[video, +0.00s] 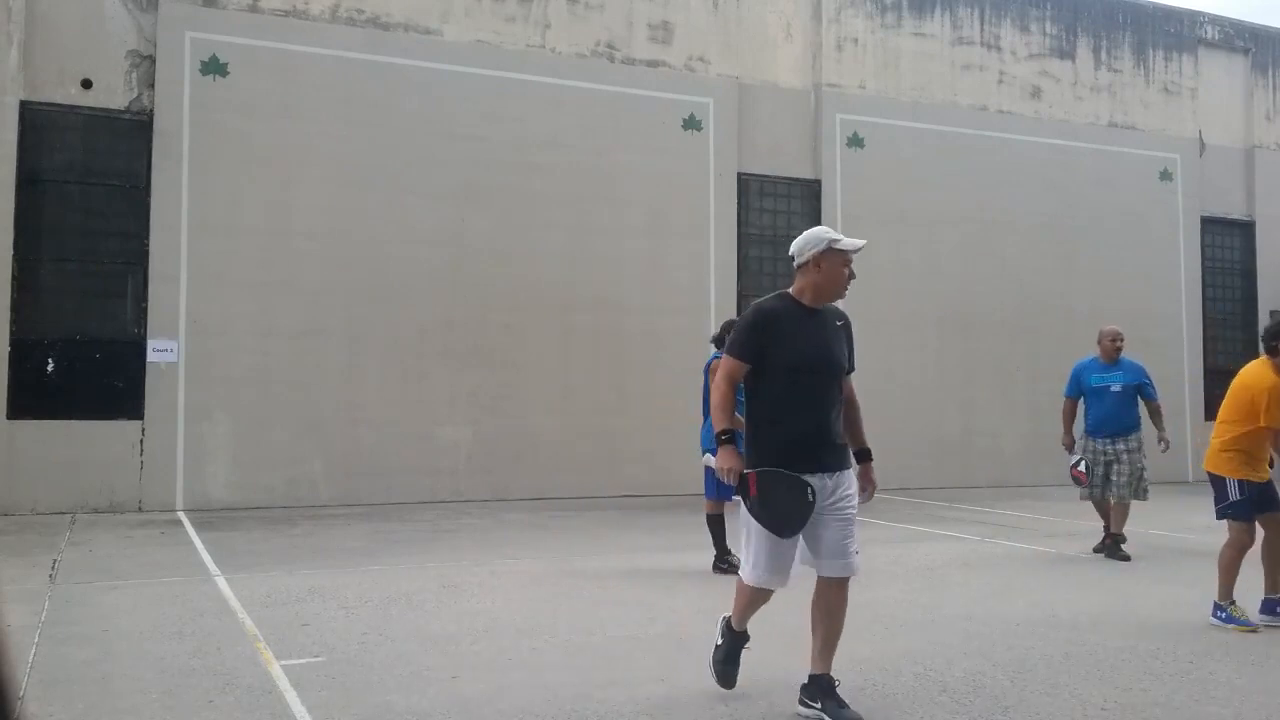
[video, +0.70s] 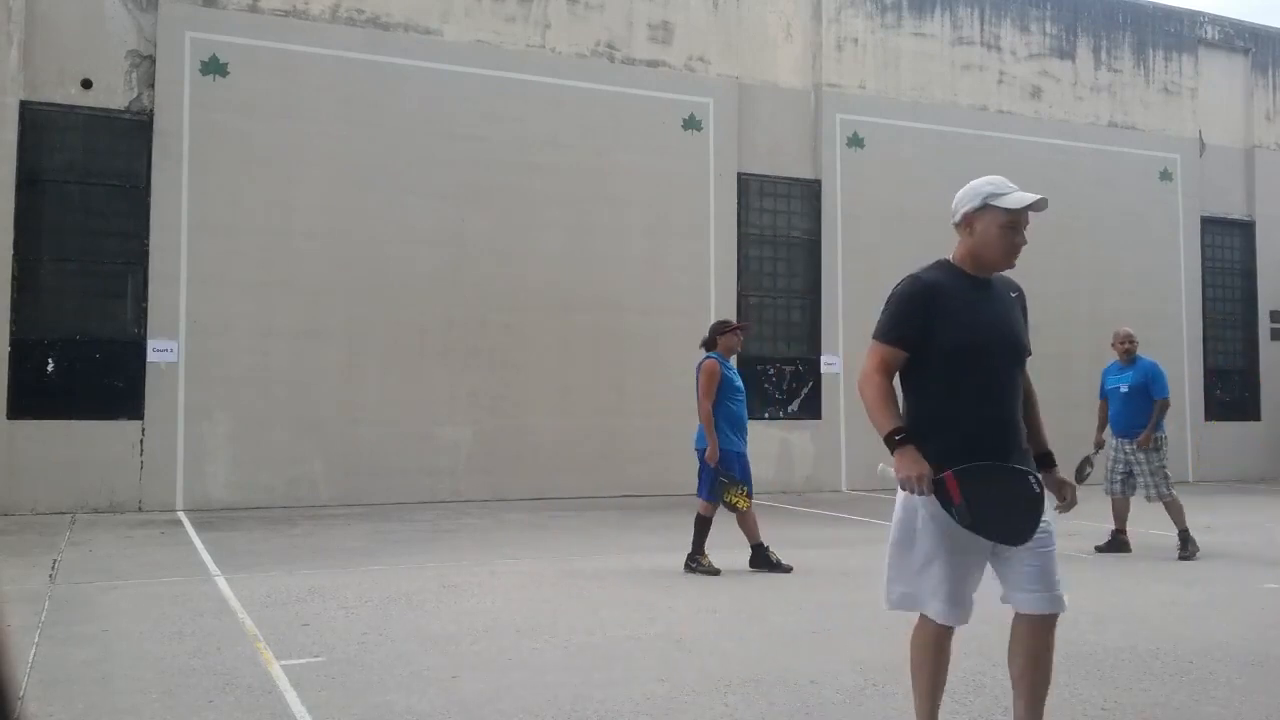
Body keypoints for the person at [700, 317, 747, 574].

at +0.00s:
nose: (745, 345)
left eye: (745, 340)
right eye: (743, 340)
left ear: (725, 336)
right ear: (733, 338)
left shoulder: (729, 364)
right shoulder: (719, 364)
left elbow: (728, 407)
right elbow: (722, 409)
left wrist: (747, 428)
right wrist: (749, 428)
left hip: (727, 439)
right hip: (717, 440)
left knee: (718, 497)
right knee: (715, 497)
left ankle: (724, 553)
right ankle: (721, 554)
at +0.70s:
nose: (740, 338)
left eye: (740, 334)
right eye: (735, 334)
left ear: (730, 339)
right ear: (720, 338)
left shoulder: (728, 366)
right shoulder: (711, 364)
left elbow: (727, 407)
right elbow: (704, 404)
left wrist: (738, 444)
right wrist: (712, 444)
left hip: (735, 447)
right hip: (717, 446)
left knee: (743, 502)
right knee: (709, 500)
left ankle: (759, 553)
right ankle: (696, 556)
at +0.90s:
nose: (718, 336)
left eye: (717, 332)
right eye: (714, 332)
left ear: (704, 337)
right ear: (699, 336)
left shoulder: (703, 363)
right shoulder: (689, 362)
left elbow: (703, 405)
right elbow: (684, 403)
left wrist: (714, 438)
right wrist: (698, 438)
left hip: (713, 441)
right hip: (693, 442)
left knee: (723, 493)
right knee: (690, 496)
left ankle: (723, 551)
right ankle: (693, 555)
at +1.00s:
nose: (706, 338)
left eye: (705, 334)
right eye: (701, 334)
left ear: (693, 339)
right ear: (686, 337)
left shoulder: (691, 364)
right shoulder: (677, 363)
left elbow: (689, 404)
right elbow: (671, 404)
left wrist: (704, 439)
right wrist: (681, 441)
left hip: (703, 442)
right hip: (686, 443)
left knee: (711, 492)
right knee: (685, 496)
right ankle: (691, 553)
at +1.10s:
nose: (694, 340)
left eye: (693, 336)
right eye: (689, 336)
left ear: (684, 341)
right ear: (673, 340)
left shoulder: (679, 366)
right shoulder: (664, 366)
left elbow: (677, 406)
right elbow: (655, 405)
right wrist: (662, 444)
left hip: (691, 443)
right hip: (678, 443)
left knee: (681, 498)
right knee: (678, 499)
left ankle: (643, 535)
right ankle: (692, 555)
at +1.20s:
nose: (682, 343)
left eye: (682, 339)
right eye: (677, 338)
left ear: (673, 343)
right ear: (661, 342)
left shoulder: (670, 368)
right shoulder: (651, 368)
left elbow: (674, 408)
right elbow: (639, 408)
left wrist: (691, 436)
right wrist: (640, 446)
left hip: (674, 445)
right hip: (663, 445)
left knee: (653, 501)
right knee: (674, 501)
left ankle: (621, 546)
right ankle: (691, 555)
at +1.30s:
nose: (671, 346)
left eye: (672, 342)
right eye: (667, 342)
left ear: (666, 346)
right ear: (652, 343)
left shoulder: (659, 370)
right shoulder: (639, 368)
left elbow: (667, 409)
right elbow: (625, 409)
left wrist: (692, 434)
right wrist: (622, 447)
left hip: (647, 445)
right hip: (649, 446)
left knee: (629, 499)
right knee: (667, 499)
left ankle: (615, 552)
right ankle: (687, 555)